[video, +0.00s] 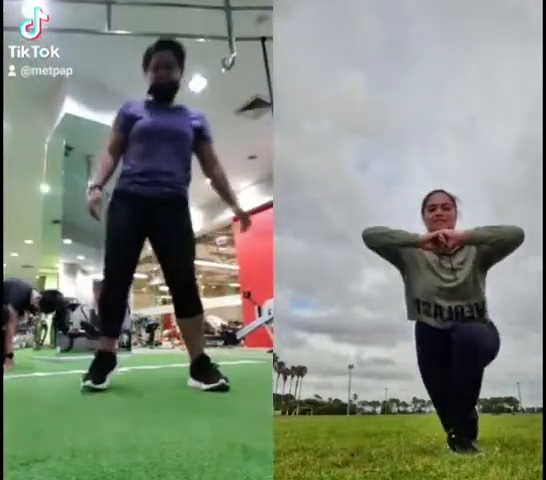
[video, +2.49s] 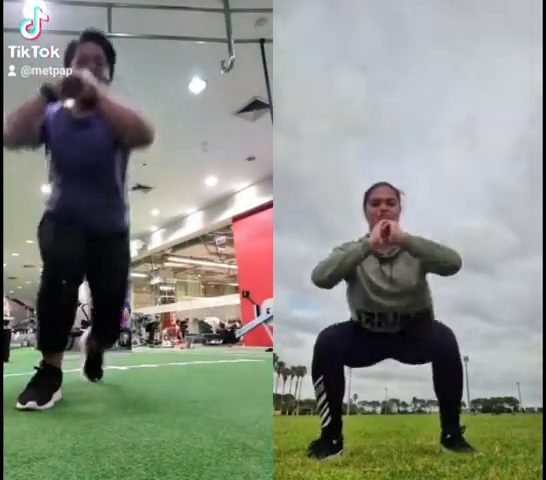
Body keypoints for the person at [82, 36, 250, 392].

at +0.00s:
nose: (163, 73)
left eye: (170, 68)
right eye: (157, 68)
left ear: (181, 74)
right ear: (147, 73)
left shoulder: (193, 120)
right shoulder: (131, 111)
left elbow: (212, 168)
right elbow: (112, 152)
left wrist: (236, 206)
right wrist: (96, 185)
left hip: (171, 204)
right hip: (128, 201)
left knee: (183, 281)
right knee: (116, 280)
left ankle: (199, 361)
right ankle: (105, 355)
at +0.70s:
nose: (132, 91)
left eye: (138, 86)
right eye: (126, 86)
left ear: (148, 91)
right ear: (116, 91)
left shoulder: (161, 130)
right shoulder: (103, 127)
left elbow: (179, 169)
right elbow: (83, 166)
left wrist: (188, 170)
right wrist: (77, 161)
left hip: (152, 212)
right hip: (112, 213)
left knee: (163, 282)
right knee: (112, 288)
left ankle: (182, 363)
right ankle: (111, 357)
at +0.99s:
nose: (141, 65)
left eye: (149, 59)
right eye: (135, 59)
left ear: (160, 66)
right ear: (124, 65)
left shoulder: (170, 107)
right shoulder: (111, 109)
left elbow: (203, 143)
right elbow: (86, 150)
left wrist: (178, 114)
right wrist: (87, 128)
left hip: (159, 200)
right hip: (115, 201)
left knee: (168, 276)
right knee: (83, 265)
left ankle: (182, 365)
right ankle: (84, 346)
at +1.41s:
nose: (114, 41)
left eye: (122, 35)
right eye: (107, 35)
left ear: (134, 42)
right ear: (94, 40)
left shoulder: (146, 87)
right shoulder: (80, 86)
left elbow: (186, 117)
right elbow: (43, 114)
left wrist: (152, 72)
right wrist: (77, 71)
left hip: (137, 192)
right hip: (87, 192)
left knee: (162, 275)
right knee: (62, 276)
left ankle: (183, 366)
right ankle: (48, 370)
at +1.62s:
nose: (92, 34)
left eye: (100, 28)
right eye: (84, 27)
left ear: (112, 35)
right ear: (71, 33)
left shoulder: (123, 80)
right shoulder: (57, 79)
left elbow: (165, 103)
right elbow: (15, 92)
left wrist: (125, 59)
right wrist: (64, 59)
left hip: (114, 191)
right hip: (64, 191)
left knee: (133, 273)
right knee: (52, 277)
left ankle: (139, 352)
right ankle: (48, 371)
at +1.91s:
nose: (79, 79)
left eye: (88, 72)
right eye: (72, 71)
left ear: (103, 79)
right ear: (61, 75)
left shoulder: (110, 119)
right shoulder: (48, 121)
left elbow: (129, 154)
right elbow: (10, 152)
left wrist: (91, 109)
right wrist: (43, 108)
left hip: (98, 227)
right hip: (51, 223)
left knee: (96, 305)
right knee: (43, 277)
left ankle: (86, 348)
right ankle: (48, 368)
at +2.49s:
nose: (87, 71)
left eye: (96, 64)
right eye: (80, 63)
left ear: (108, 72)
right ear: (66, 69)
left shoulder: (116, 115)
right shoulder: (53, 115)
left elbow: (144, 136)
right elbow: (10, 136)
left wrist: (99, 96)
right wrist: (46, 95)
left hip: (109, 224)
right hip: (63, 219)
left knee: (111, 308)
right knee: (57, 286)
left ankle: (96, 346)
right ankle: (49, 369)